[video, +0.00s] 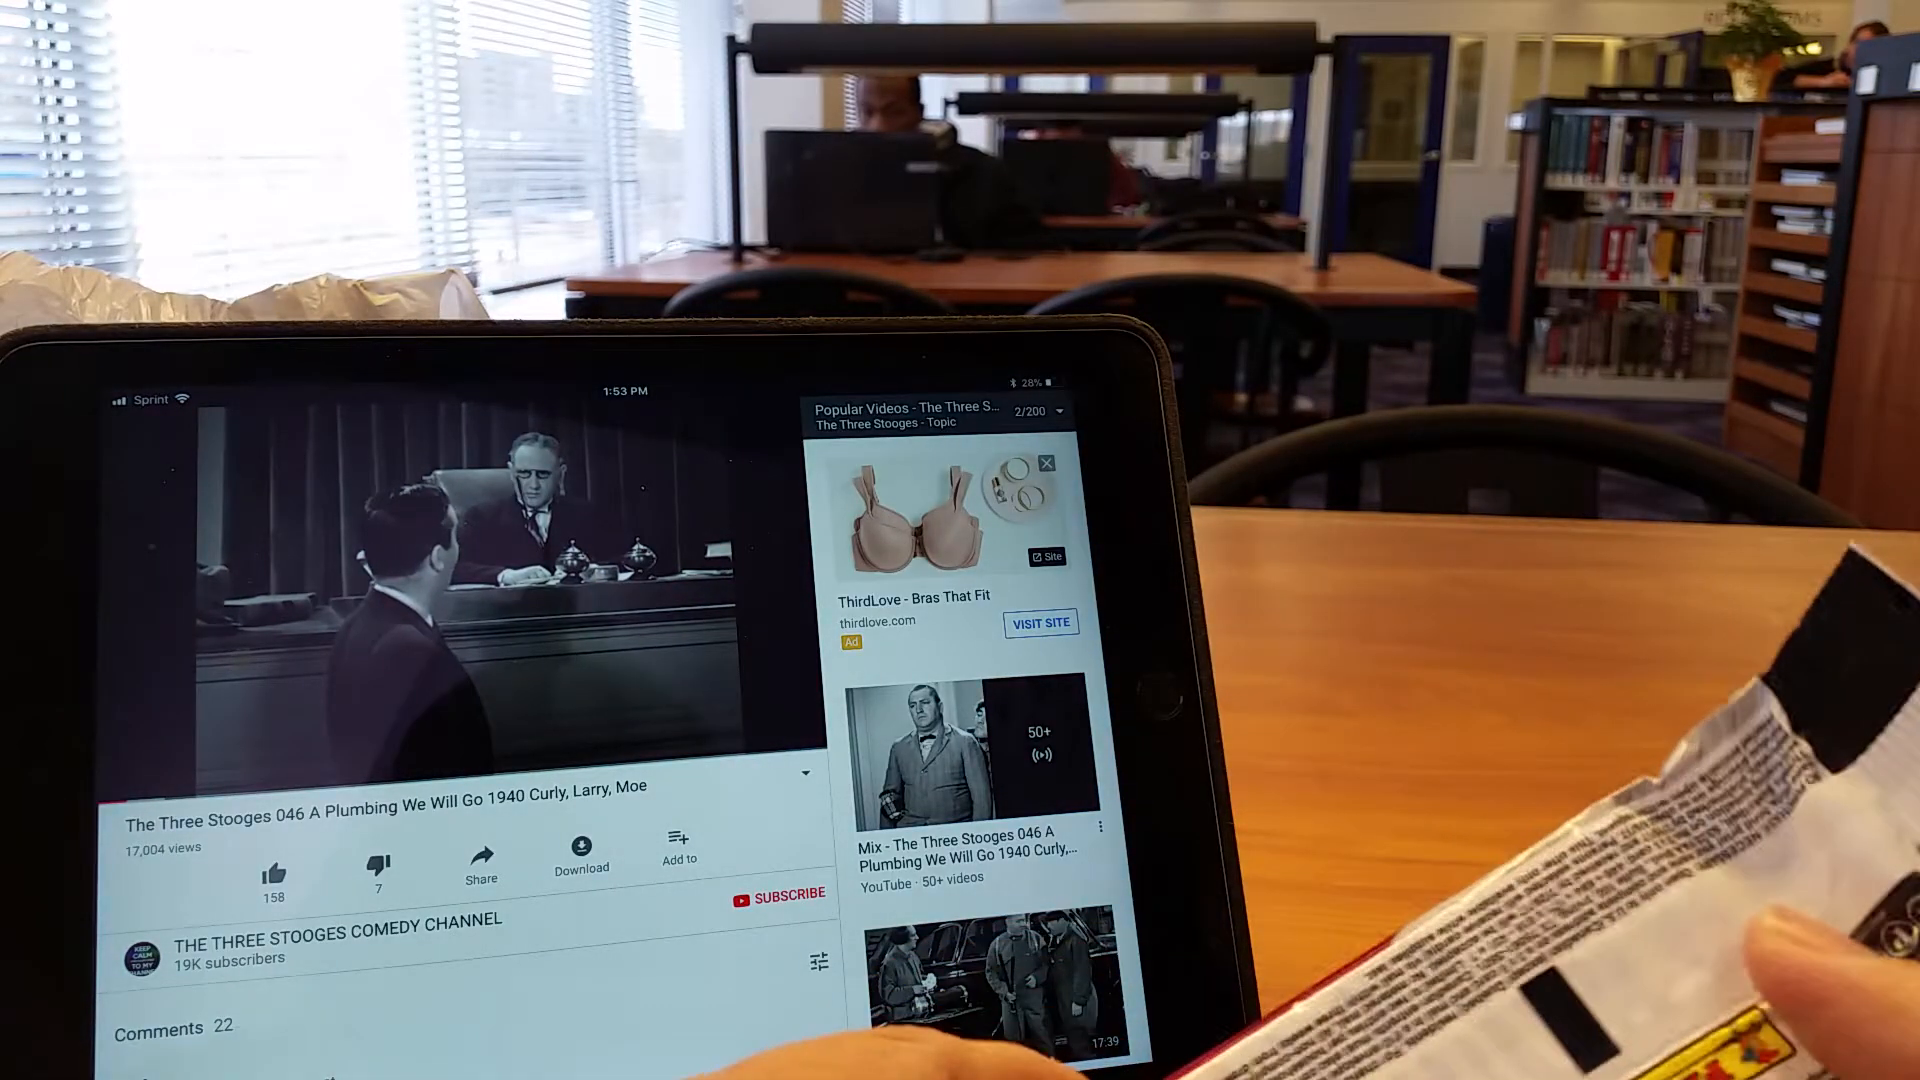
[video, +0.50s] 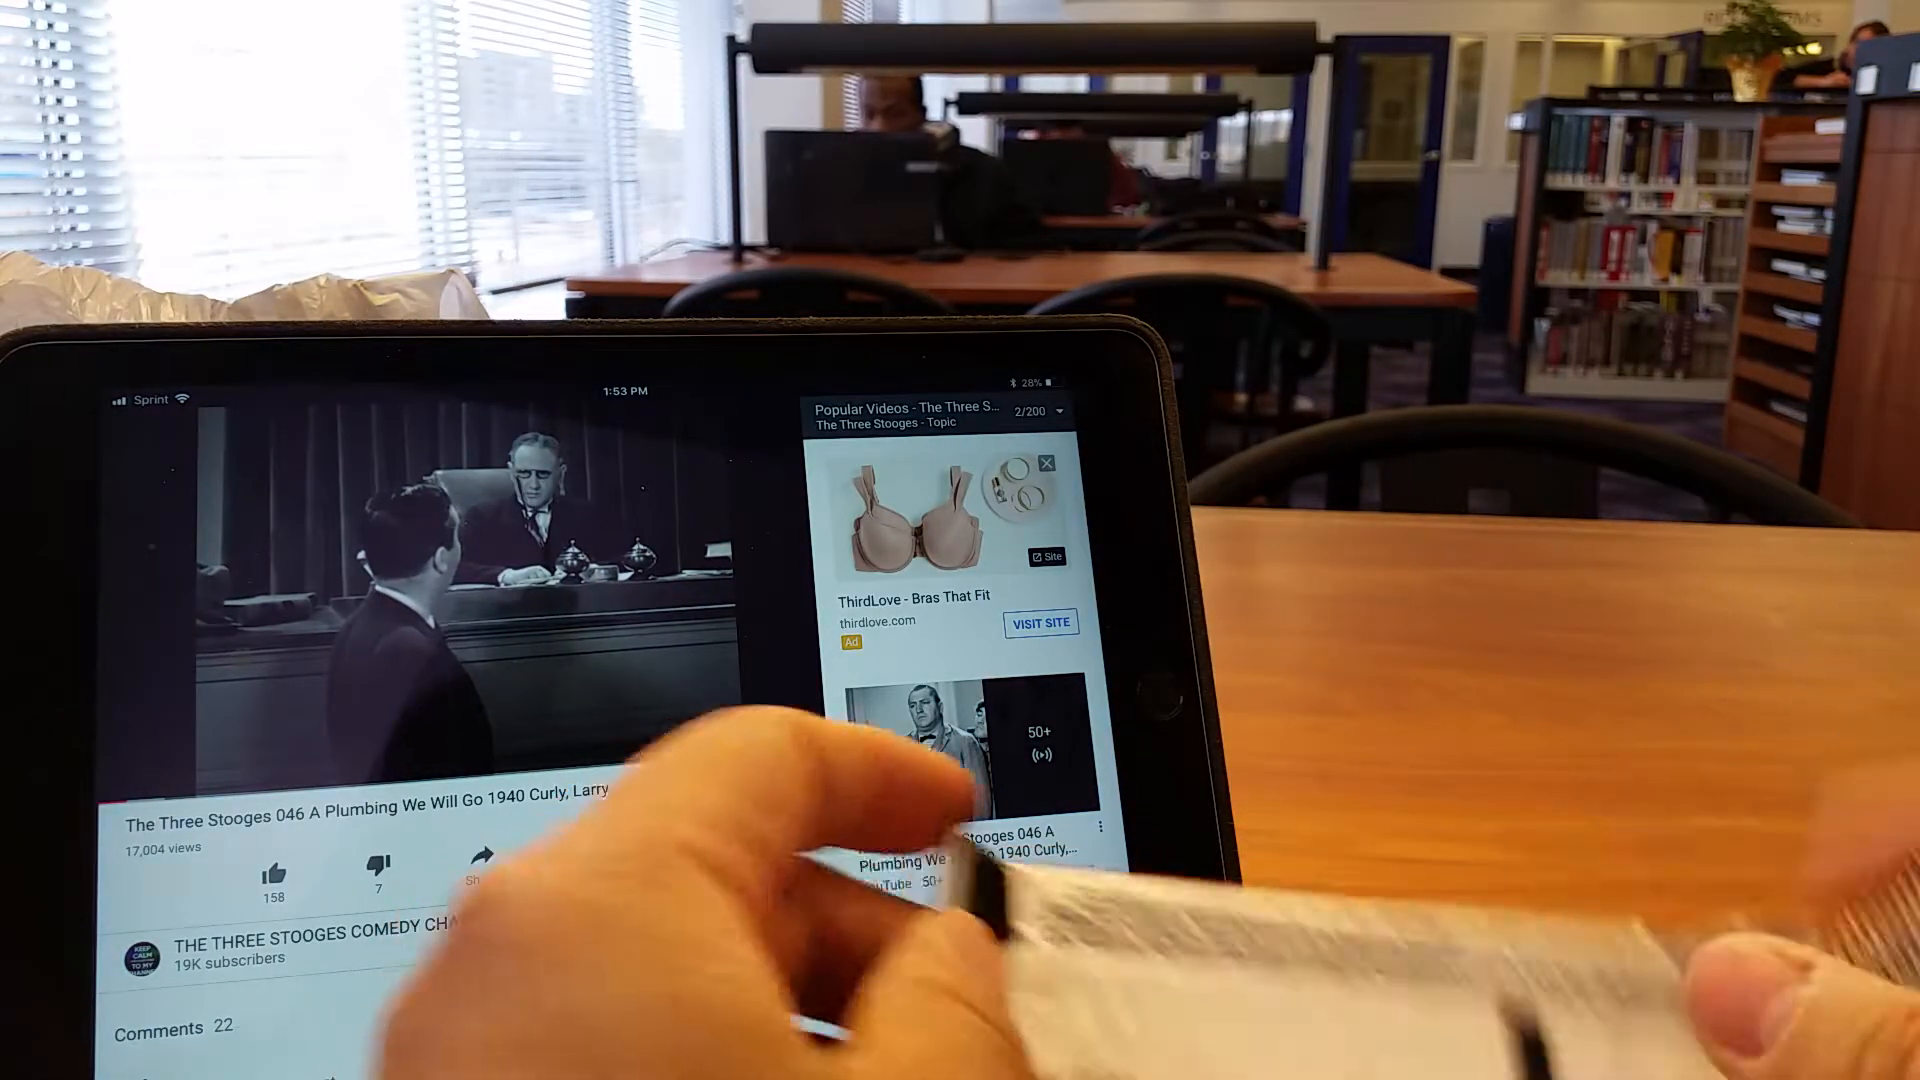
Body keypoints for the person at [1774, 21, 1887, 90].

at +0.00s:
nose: (1860, 50)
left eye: (1868, 46)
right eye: (1857, 43)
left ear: (1880, 50)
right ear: (1849, 44)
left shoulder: (1884, 77)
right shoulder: (1829, 68)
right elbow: (1780, 80)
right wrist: (1825, 82)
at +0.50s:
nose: (1860, 50)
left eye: (1868, 46)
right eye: (1858, 43)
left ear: (1880, 50)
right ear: (1849, 44)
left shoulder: (1884, 77)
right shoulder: (1828, 68)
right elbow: (1780, 80)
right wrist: (1825, 82)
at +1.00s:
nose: (1860, 51)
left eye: (1868, 46)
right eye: (1858, 43)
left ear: (1880, 51)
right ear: (1849, 44)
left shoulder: (1884, 78)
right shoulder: (1828, 68)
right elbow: (1780, 80)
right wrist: (1825, 82)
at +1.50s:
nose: (1859, 50)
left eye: (1867, 45)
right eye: (1857, 43)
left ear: (1880, 50)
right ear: (1849, 44)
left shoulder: (1884, 78)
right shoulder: (1829, 68)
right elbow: (1781, 80)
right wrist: (1824, 82)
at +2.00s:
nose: (1860, 50)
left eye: (1868, 45)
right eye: (1857, 43)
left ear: (1880, 50)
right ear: (1849, 44)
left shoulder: (1884, 78)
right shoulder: (1829, 68)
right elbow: (1780, 80)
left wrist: (1856, 84)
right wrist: (1824, 82)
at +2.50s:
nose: (1859, 50)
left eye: (1867, 45)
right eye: (1857, 42)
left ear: (1880, 50)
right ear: (1849, 44)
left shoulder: (1885, 77)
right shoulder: (1830, 68)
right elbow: (1781, 79)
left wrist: (1855, 85)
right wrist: (1823, 82)